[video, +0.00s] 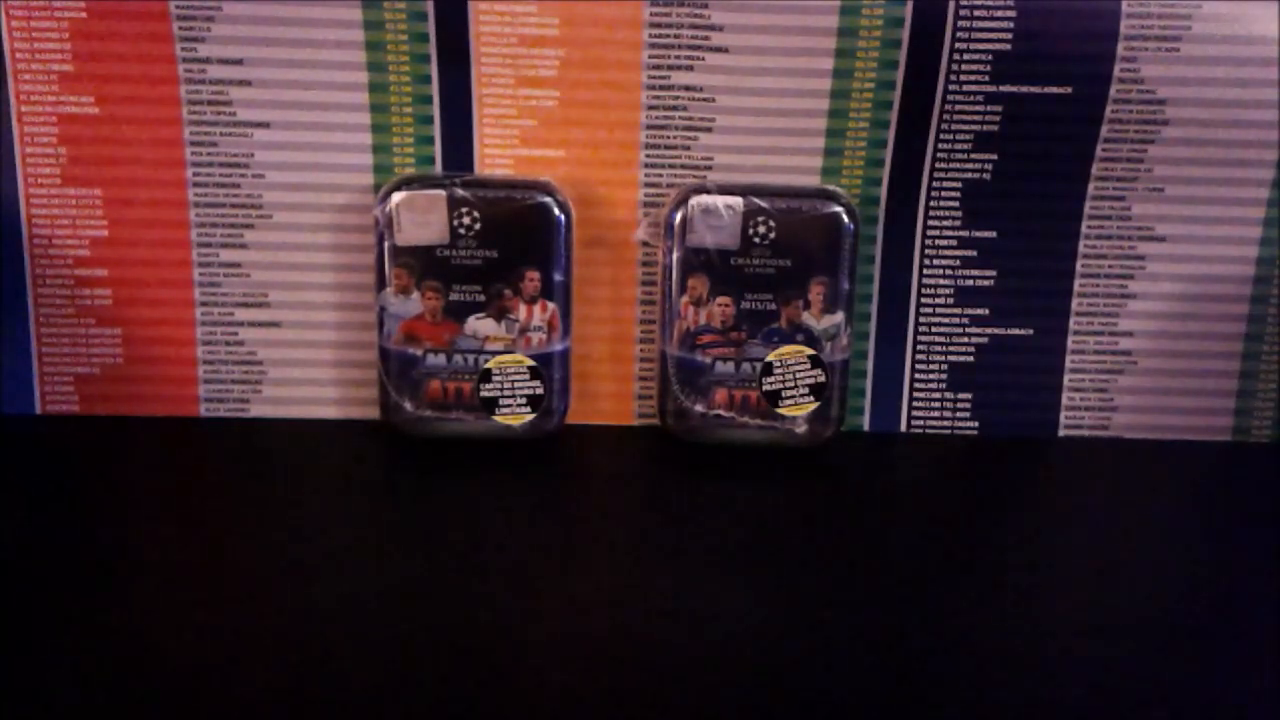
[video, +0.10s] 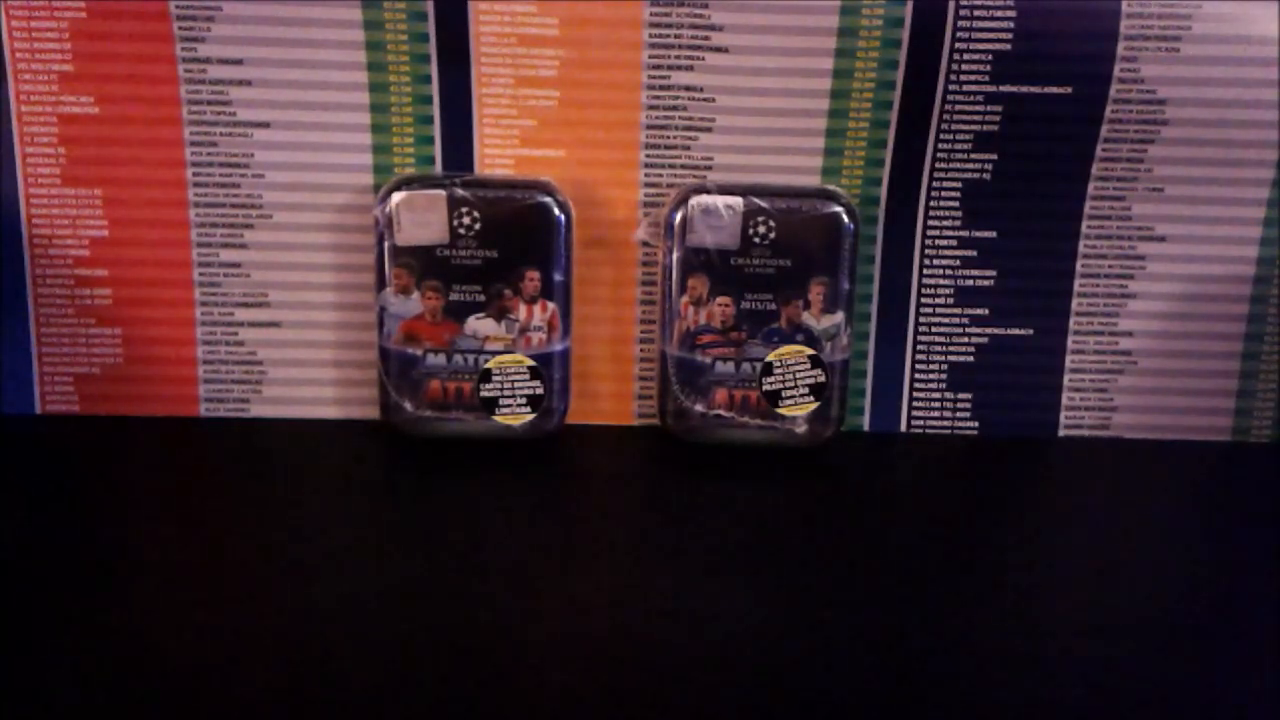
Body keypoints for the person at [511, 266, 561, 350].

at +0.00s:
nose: (536, 285)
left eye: (538, 281)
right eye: (531, 280)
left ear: (541, 283)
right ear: (521, 284)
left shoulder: (551, 308)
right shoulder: (512, 306)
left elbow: (556, 336)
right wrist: (521, 329)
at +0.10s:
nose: (536, 285)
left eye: (538, 280)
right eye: (531, 280)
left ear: (541, 283)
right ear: (521, 284)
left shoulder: (551, 308)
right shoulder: (512, 305)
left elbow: (556, 336)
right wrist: (521, 329)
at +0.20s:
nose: (536, 285)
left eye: (539, 281)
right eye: (531, 280)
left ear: (541, 283)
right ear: (521, 284)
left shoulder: (551, 308)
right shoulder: (512, 305)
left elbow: (556, 337)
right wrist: (520, 329)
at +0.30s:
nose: (536, 285)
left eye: (539, 281)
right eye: (531, 280)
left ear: (541, 283)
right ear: (521, 284)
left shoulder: (551, 308)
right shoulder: (511, 305)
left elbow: (556, 337)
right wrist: (520, 329)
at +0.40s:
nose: (536, 285)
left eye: (538, 280)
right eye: (531, 280)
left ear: (541, 283)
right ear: (521, 284)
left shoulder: (551, 308)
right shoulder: (511, 305)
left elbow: (556, 336)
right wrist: (520, 329)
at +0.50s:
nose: (536, 285)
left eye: (538, 280)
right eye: (531, 280)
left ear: (541, 283)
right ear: (521, 284)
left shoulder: (551, 308)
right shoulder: (512, 305)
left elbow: (556, 336)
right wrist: (520, 329)